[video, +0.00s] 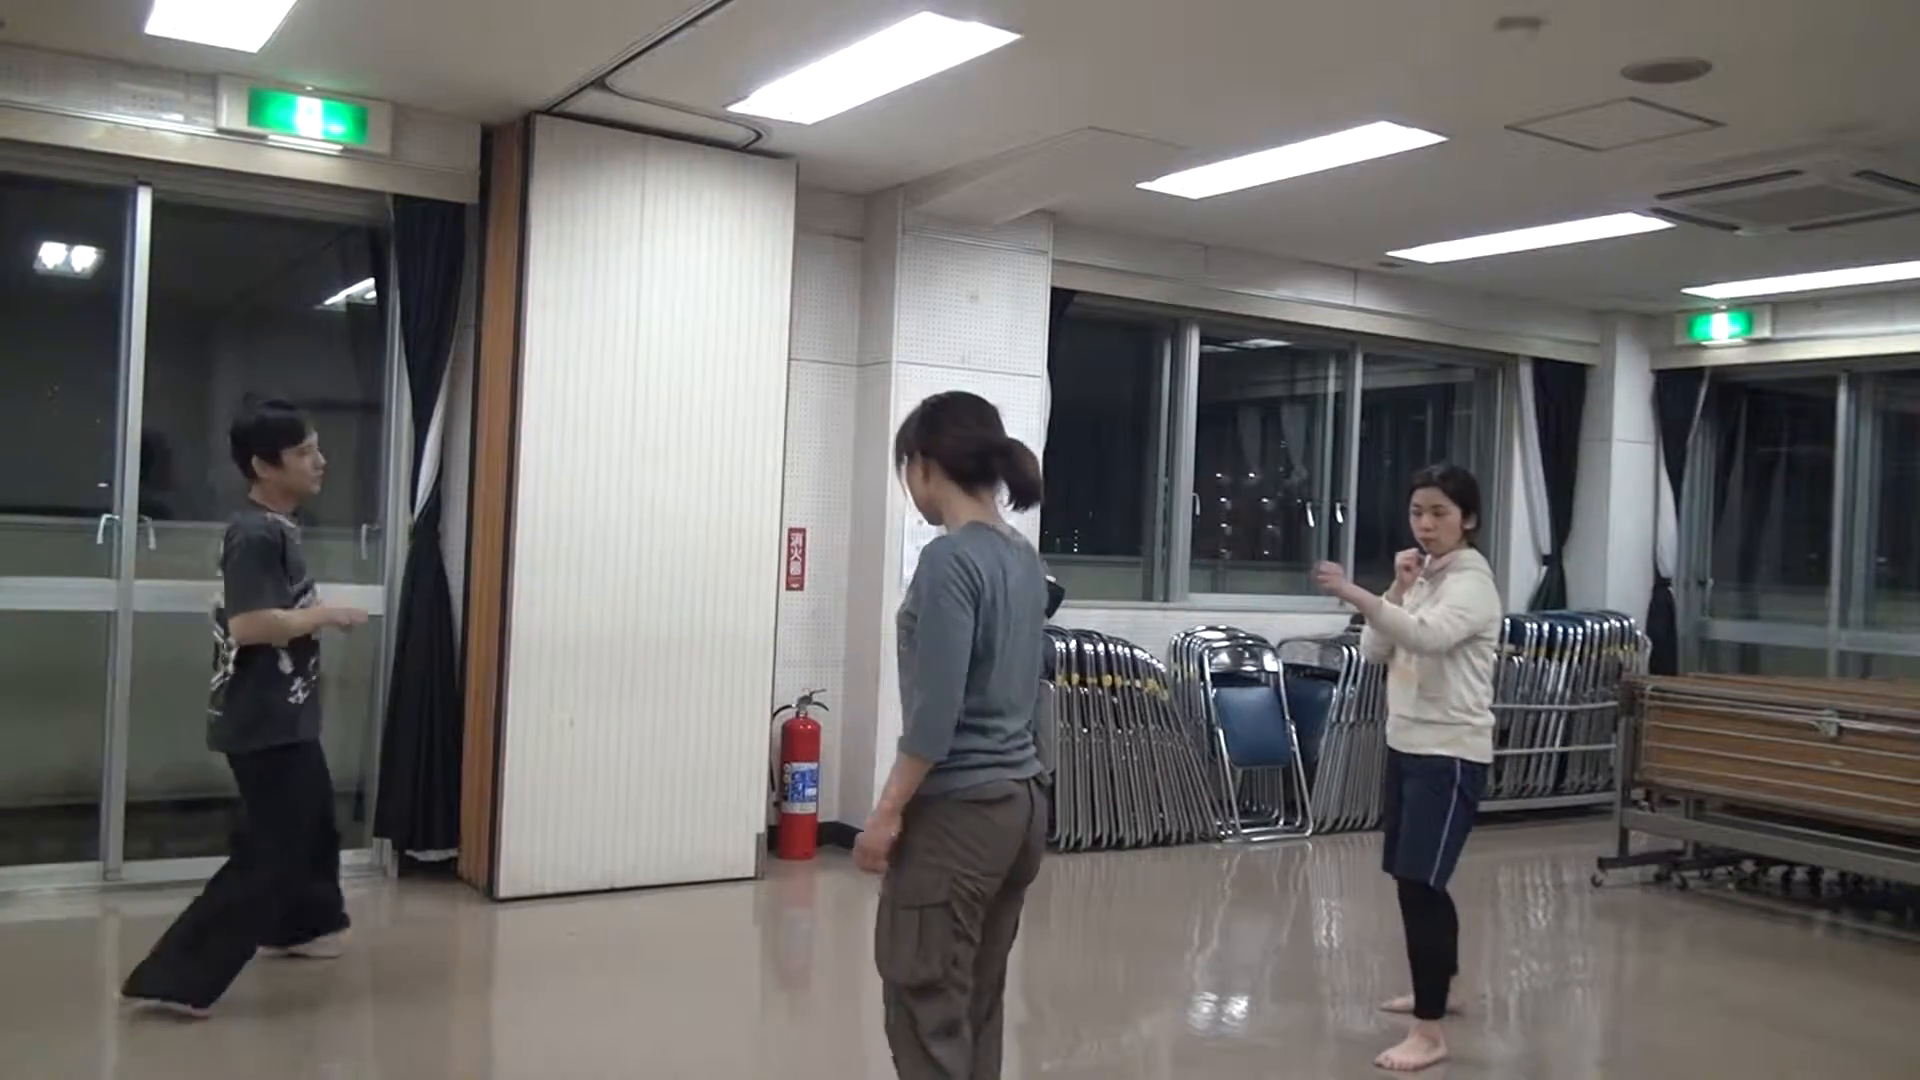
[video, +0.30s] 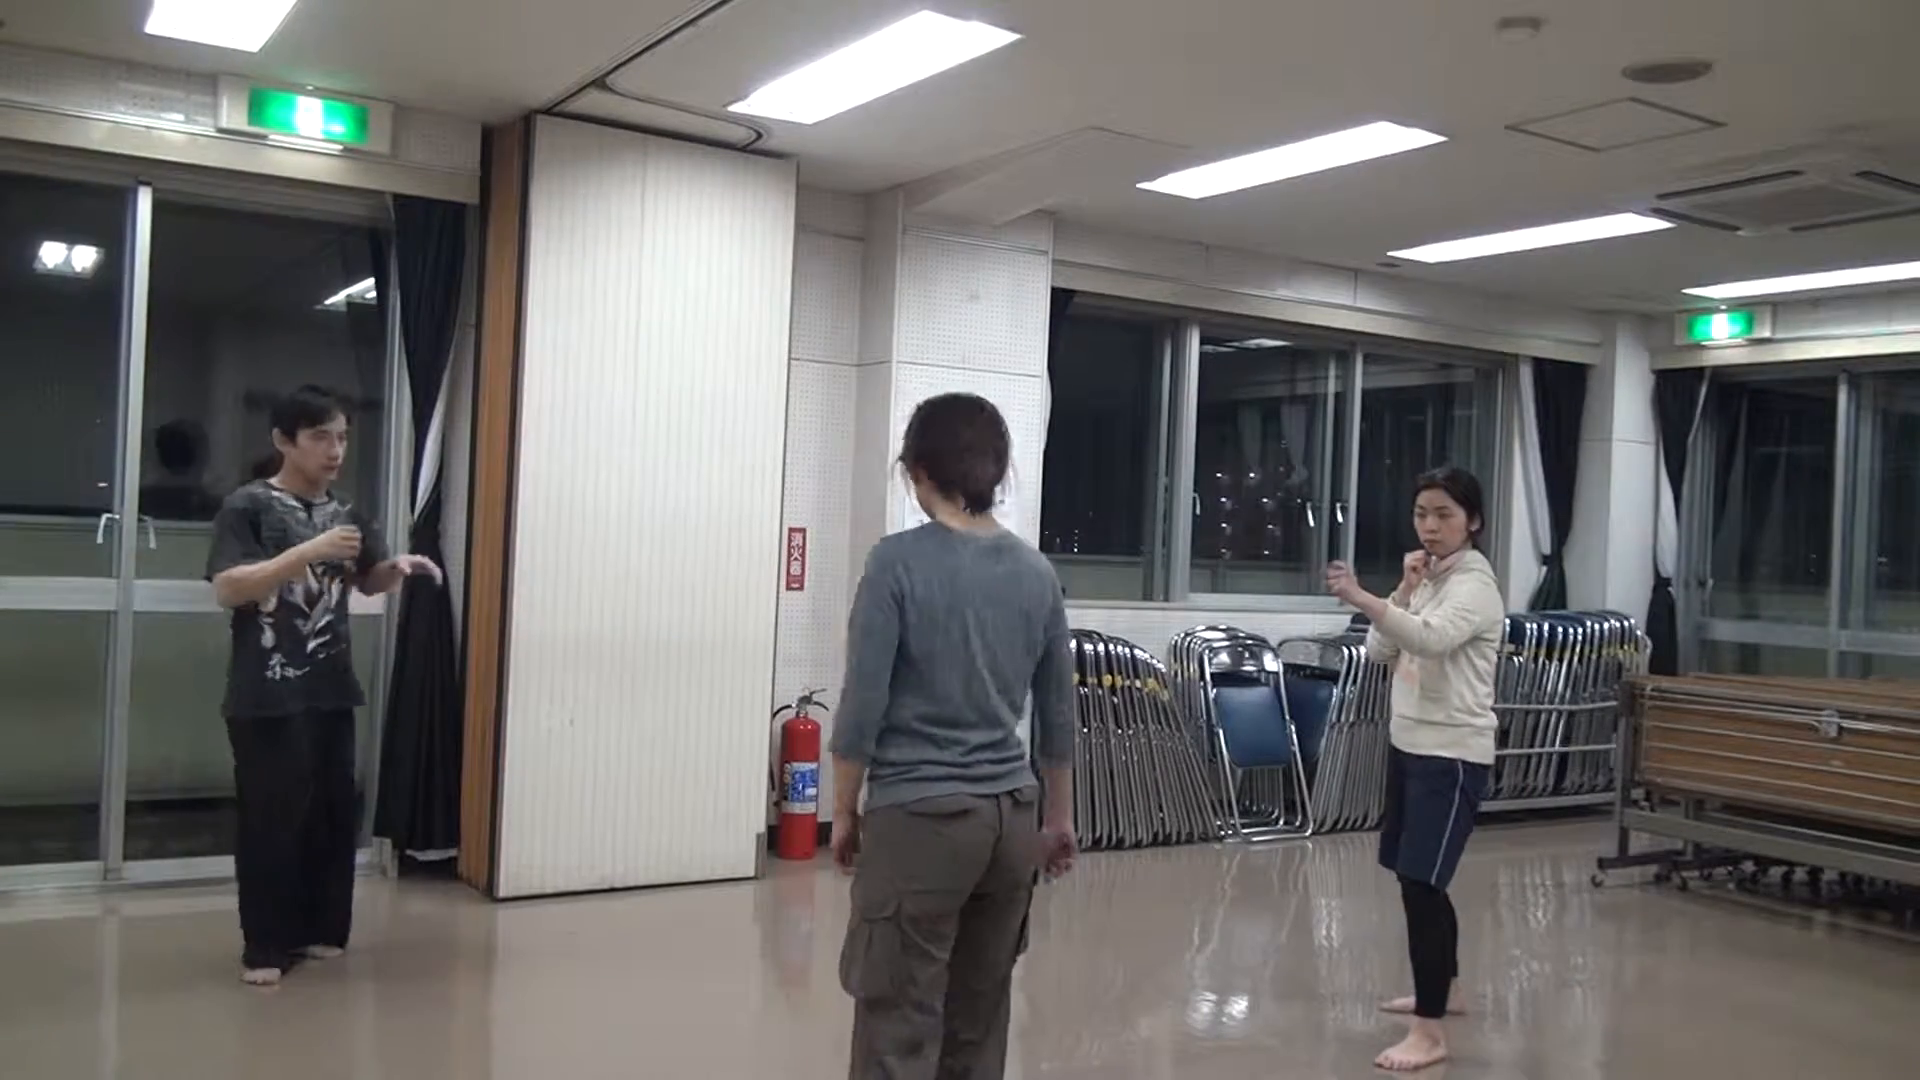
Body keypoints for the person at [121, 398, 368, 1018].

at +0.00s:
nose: (320, 462)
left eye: (318, 451)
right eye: (307, 454)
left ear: (275, 465)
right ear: (266, 464)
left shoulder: (279, 527)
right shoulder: (256, 533)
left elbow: (273, 616)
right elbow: (249, 623)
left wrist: (316, 613)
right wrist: (322, 613)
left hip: (283, 719)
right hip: (263, 723)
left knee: (312, 821)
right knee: (277, 848)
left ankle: (299, 925)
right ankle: (169, 980)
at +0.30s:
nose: (337, 451)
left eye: (341, 439)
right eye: (323, 440)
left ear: (344, 442)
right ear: (284, 442)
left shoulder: (338, 513)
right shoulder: (247, 506)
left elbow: (361, 584)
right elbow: (229, 587)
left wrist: (394, 568)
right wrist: (311, 551)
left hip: (328, 693)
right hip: (266, 696)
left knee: (329, 814)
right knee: (272, 818)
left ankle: (311, 932)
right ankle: (265, 948)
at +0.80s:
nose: (313, 456)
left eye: (323, 445)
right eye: (299, 445)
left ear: (333, 447)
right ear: (267, 447)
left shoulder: (360, 512)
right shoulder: (237, 512)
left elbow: (408, 589)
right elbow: (208, 589)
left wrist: (382, 528)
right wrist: (265, 531)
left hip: (348, 704)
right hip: (263, 705)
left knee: (376, 825)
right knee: (261, 830)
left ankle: (393, 961)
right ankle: (261, 953)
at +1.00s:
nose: (332, 457)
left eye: (342, 446)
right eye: (318, 446)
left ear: (354, 449)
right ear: (288, 450)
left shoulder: (382, 516)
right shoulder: (263, 517)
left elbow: (433, 594)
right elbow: (231, 593)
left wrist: (407, 535)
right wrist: (288, 535)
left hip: (365, 708)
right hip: (281, 708)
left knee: (392, 834)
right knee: (268, 828)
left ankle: (427, 972)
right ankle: (263, 951)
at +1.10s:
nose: (349, 456)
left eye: (359, 445)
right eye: (335, 446)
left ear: (371, 449)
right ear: (306, 452)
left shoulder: (402, 518)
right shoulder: (282, 522)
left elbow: (444, 601)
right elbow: (252, 597)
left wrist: (426, 546)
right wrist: (304, 545)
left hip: (383, 712)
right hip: (299, 711)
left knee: (405, 842)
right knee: (278, 828)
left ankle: (428, 989)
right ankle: (268, 946)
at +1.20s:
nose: (372, 452)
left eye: (382, 439)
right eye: (358, 440)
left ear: (394, 445)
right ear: (329, 445)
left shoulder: (426, 516)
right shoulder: (300, 517)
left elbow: (464, 605)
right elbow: (274, 601)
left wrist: (448, 579)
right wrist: (324, 559)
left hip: (406, 714)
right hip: (320, 712)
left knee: (421, 851)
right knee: (296, 832)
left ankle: (433, 995)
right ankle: (271, 943)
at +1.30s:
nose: (390, 451)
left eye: (400, 439)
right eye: (376, 439)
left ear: (412, 444)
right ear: (347, 443)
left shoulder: (441, 514)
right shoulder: (314, 515)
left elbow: (468, 588)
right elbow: (291, 603)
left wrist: (470, 631)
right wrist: (341, 586)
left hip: (422, 710)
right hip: (338, 710)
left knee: (428, 853)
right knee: (311, 833)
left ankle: (433, 995)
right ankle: (281, 944)